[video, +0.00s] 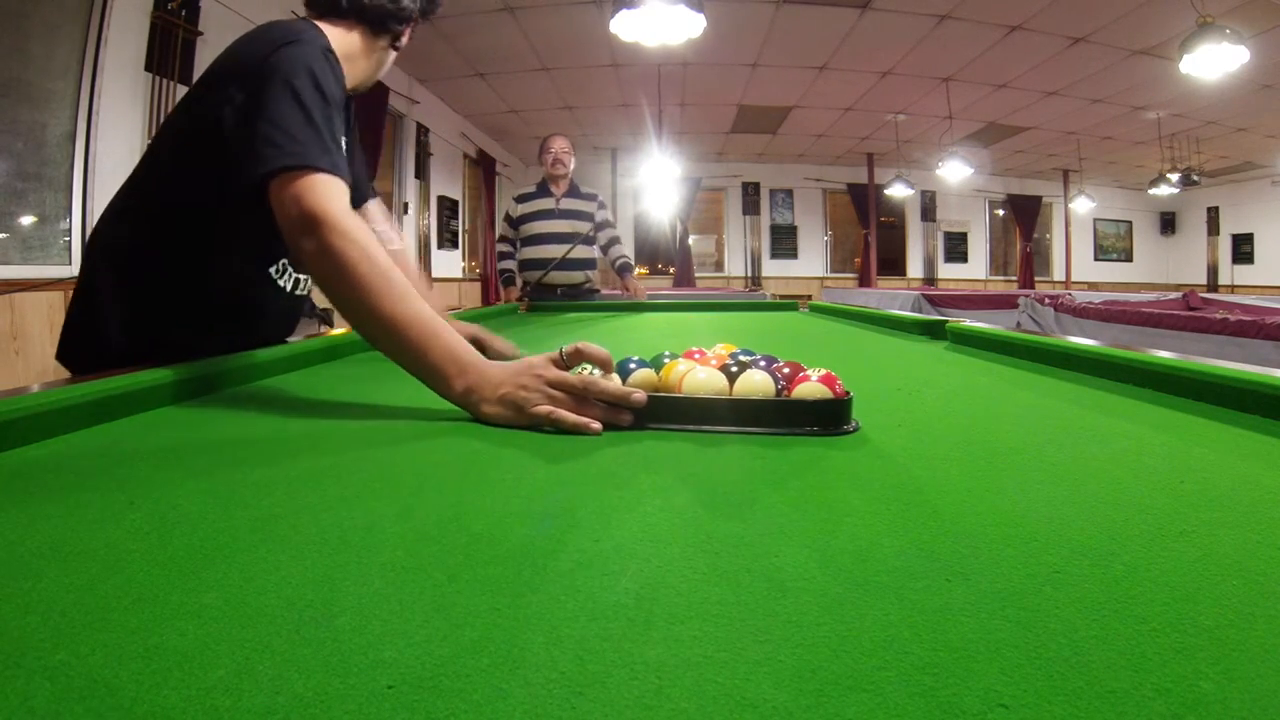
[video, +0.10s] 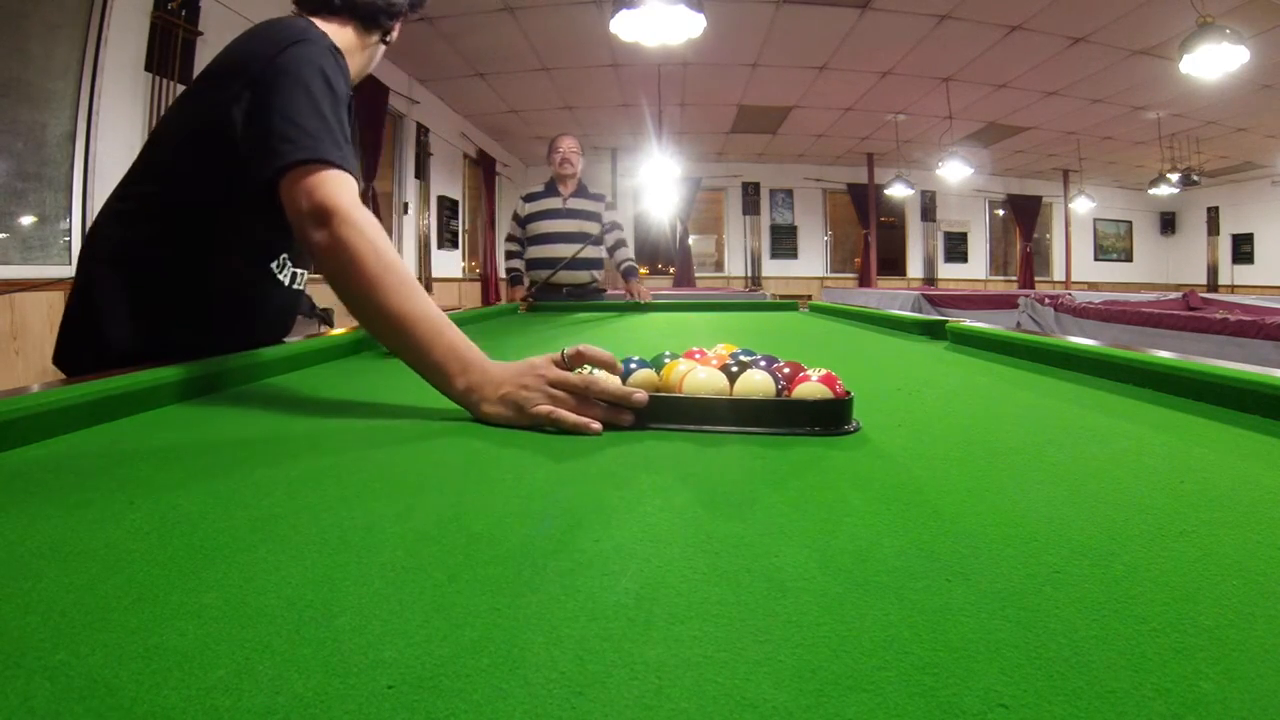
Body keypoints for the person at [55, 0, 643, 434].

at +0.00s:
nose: (400, 60)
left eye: (405, 43)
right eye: (409, 41)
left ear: (327, 10)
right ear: (400, 34)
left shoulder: (328, 96)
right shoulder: (295, 55)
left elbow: (372, 232)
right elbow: (315, 227)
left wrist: (465, 340)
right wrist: (473, 381)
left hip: (235, 346)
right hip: (149, 352)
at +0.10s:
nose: (379, 67)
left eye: (382, 55)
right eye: (389, 50)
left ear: (315, 8)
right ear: (386, 29)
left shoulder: (279, 63)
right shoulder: (300, 52)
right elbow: (326, 220)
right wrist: (477, 375)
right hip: (150, 350)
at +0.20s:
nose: (376, 59)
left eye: (377, 49)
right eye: (383, 44)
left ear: (303, 9)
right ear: (379, 29)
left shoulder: (266, 64)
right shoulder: (302, 53)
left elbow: (280, 228)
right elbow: (332, 207)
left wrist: (345, 312)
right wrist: (480, 376)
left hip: (211, 344)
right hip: (146, 351)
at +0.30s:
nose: (379, 49)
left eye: (378, 41)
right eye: (383, 37)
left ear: (296, 11)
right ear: (376, 31)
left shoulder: (272, 68)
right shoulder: (302, 60)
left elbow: (276, 215)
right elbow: (344, 201)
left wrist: (335, 308)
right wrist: (475, 365)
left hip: (214, 334)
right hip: (142, 342)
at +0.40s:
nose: (360, 60)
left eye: (362, 51)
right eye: (364, 47)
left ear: (293, 18)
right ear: (357, 32)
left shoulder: (254, 72)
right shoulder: (297, 57)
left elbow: (279, 222)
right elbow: (330, 178)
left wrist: (334, 308)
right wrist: (443, 342)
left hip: (205, 331)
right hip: (141, 335)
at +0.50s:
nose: (350, 52)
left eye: (350, 44)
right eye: (352, 41)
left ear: (279, 14)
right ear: (348, 30)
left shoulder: (243, 63)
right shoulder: (287, 54)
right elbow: (295, 178)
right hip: (142, 343)